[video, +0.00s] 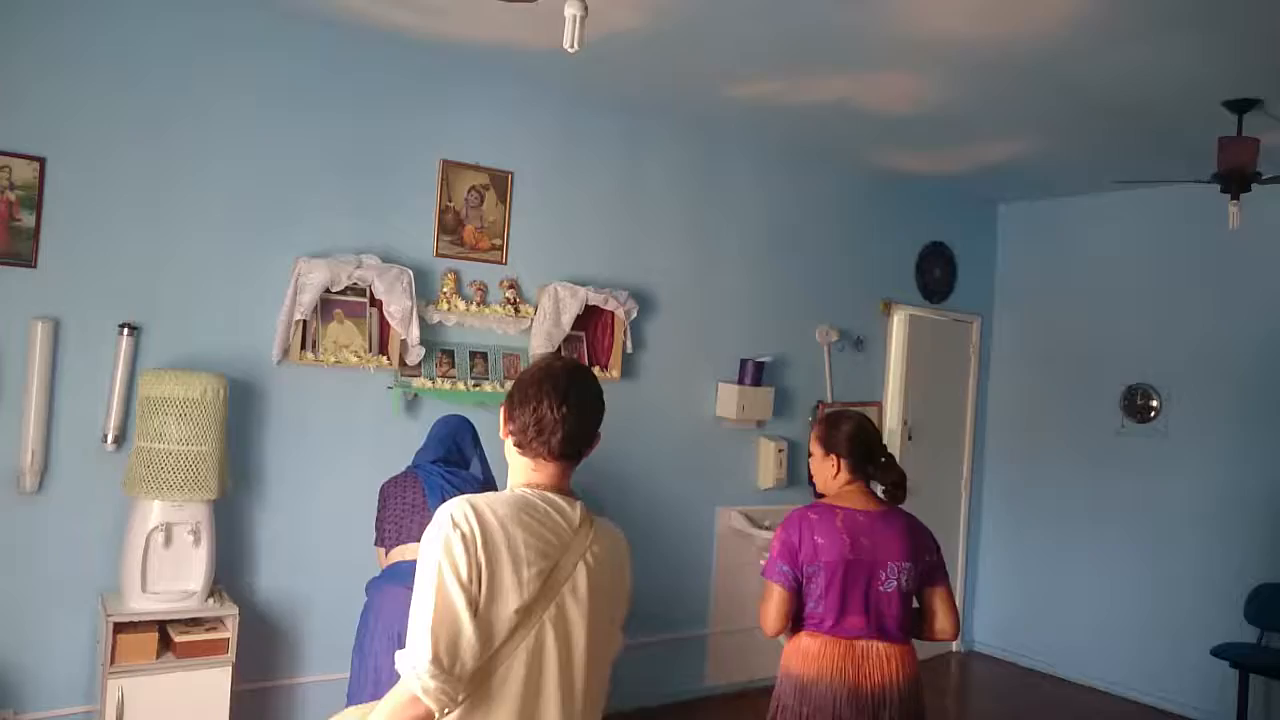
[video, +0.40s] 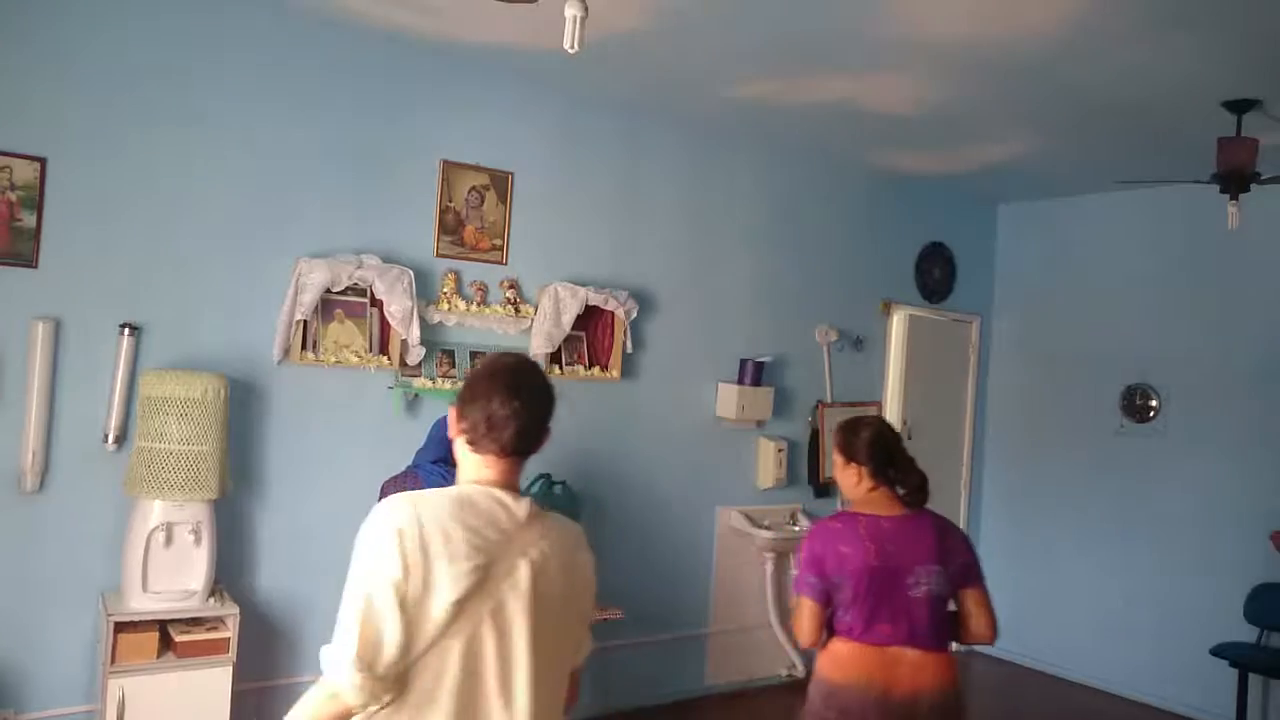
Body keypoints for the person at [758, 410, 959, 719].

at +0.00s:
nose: (809, 467)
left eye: (812, 457)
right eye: (809, 457)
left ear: (835, 464)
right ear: (870, 462)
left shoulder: (801, 524)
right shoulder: (913, 530)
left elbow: (773, 624)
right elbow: (945, 626)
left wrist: (803, 610)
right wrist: (888, 614)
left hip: (816, 680)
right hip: (892, 681)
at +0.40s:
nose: (834, 474)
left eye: (837, 465)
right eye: (834, 464)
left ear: (857, 473)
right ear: (893, 466)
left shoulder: (826, 535)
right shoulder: (945, 533)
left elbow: (807, 636)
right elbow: (982, 629)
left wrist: (843, 616)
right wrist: (922, 617)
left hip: (849, 688)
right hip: (931, 688)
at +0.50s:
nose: (851, 473)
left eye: (854, 463)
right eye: (851, 463)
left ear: (876, 473)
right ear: (912, 465)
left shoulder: (846, 538)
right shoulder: (965, 535)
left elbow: (827, 639)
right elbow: (1000, 629)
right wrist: (940, 618)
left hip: (869, 696)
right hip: (952, 695)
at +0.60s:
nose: (871, 475)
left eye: (874, 466)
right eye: (871, 466)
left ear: (897, 474)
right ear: (932, 466)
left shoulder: (874, 543)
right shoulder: (987, 538)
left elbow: (858, 646)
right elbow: (1020, 629)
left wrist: (847, 601)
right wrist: (958, 620)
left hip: (896, 692)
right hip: (976, 689)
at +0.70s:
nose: (893, 481)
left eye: (896, 472)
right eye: (893, 473)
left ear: (920, 478)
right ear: (955, 472)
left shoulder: (900, 549)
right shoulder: (1005, 540)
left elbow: (896, 657)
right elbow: (1041, 630)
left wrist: (866, 618)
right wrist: (979, 624)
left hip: (925, 692)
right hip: (1002, 688)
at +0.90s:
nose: (917, 475)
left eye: (923, 467)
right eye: (919, 466)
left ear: (950, 480)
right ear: (984, 474)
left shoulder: (938, 548)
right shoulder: (1028, 540)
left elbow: (934, 657)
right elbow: (1062, 629)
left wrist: (890, 620)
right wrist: (996, 629)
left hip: (961, 693)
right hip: (1030, 686)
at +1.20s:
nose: (935, 468)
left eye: (943, 460)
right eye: (939, 459)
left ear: (971, 474)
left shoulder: (962, 543)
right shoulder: (1034, 534)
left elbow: (959, 652)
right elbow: (1057, 628)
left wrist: (899, 617)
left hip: (973, 687)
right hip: (1034, 676)